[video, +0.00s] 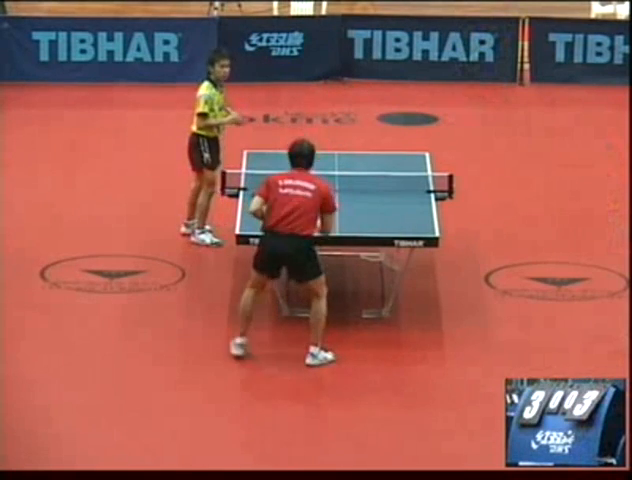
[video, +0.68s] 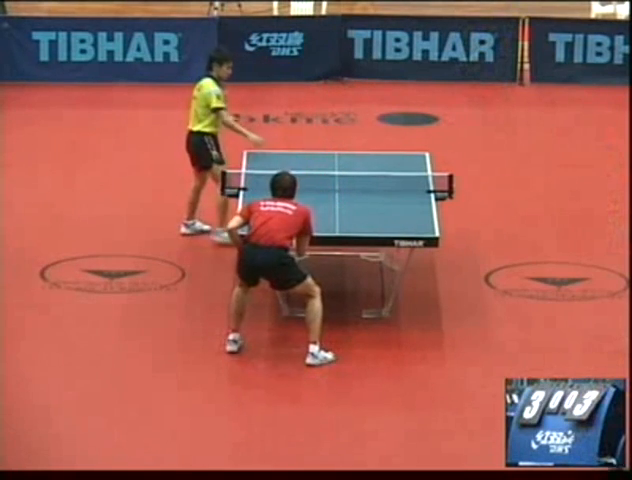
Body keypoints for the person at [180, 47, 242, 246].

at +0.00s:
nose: (225, 71)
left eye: (227, 67)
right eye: (221, 67)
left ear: (229, 69)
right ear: (211, 69)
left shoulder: (218, 90)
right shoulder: (206, 91)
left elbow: (222, 110)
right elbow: (201, 121)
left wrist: (235, 117)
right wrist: (228, 120)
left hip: (211, 137)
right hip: (202, 138)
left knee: (202, 182)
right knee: (209, 183)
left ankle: (190, 222)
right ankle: (200, 228)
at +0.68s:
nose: (230, 72)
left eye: (231, 68)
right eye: (227, 67)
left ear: (215, 68)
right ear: (215, 67)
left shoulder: (202, 85)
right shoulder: (213, 89)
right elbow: (224, 119)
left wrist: (230, 115)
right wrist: (249, 135)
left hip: (195, 134)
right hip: (205, 136)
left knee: (200, 179)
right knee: (223, 180)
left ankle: (189, 221)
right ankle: (221, 228)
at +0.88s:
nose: (250, 83)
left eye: (250, 79)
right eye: (248, 79)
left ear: (234, 79)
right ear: (237, 78)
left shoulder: (218, 92)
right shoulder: (231, 95)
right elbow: (249, 122)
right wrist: (278, 138)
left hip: (201, 139)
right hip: (212, 141)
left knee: (207, 183)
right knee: (232, 182)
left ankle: (190, 221)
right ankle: (242, 226)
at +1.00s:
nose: (264, 95)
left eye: (264, 91)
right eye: (262, 91)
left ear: (248, 89)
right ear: (252, 90)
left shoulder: (229, 100)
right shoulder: (245, 106)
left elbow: (232, 126)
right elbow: (268, 130)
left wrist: (252, 135)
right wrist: (297, 143)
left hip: (204, 145)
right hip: (218, 148)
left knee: (211, 186)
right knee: (243, 185)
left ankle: (191, 221)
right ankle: (246, 227)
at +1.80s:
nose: (272, 91)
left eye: (271, 88)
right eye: (269, 88)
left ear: (253, 90)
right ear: (260, 91)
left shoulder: (238, 103)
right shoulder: (261, 108)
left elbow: (246, 132)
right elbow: (289, 117)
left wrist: (269, 134)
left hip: (215, 144)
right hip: (229, 151)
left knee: (212, 188)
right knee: (241, 190)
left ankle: (191, 221)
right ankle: (244, 227)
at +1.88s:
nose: (267, 85)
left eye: (265, 81)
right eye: (263, 82)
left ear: (247, 86)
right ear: (254, 86)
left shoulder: (234, 100)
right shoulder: (257, 102)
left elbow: (244, 129)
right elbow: (288, 96)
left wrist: (269, 126)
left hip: (213, 144)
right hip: (228, 149)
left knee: (211, 187)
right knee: (244, 188)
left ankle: (191, 222)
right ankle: (245, 227)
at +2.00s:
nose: (256, 76)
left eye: (254, 72)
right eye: (252, 73)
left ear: (238, 79)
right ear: (243, 78)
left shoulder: (228, 96)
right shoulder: (247, 93)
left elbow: (240, 125)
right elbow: (275, 76)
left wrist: (265, 116)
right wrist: (297, 57)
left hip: (211, 142)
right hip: (225, 146)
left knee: (210, 185)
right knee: (246, 183)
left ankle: (191, 221)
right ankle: (248, 224)